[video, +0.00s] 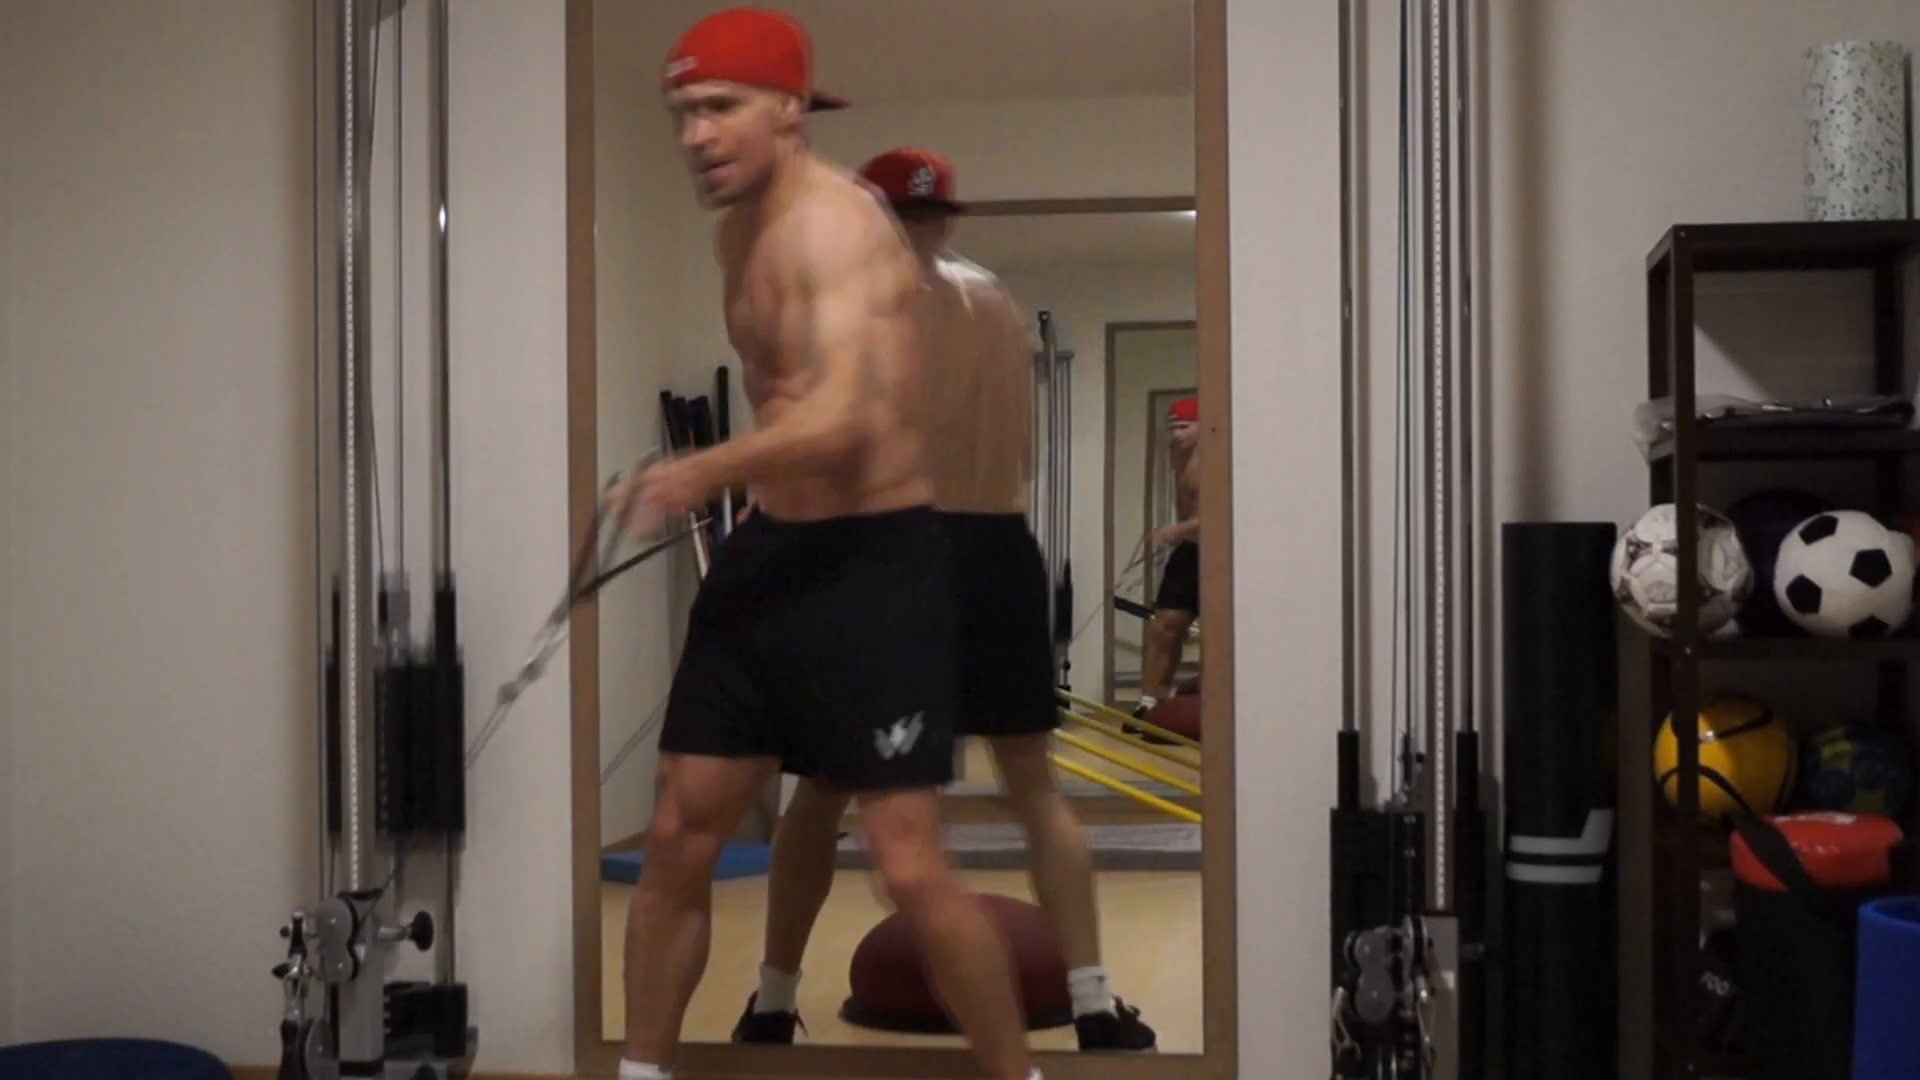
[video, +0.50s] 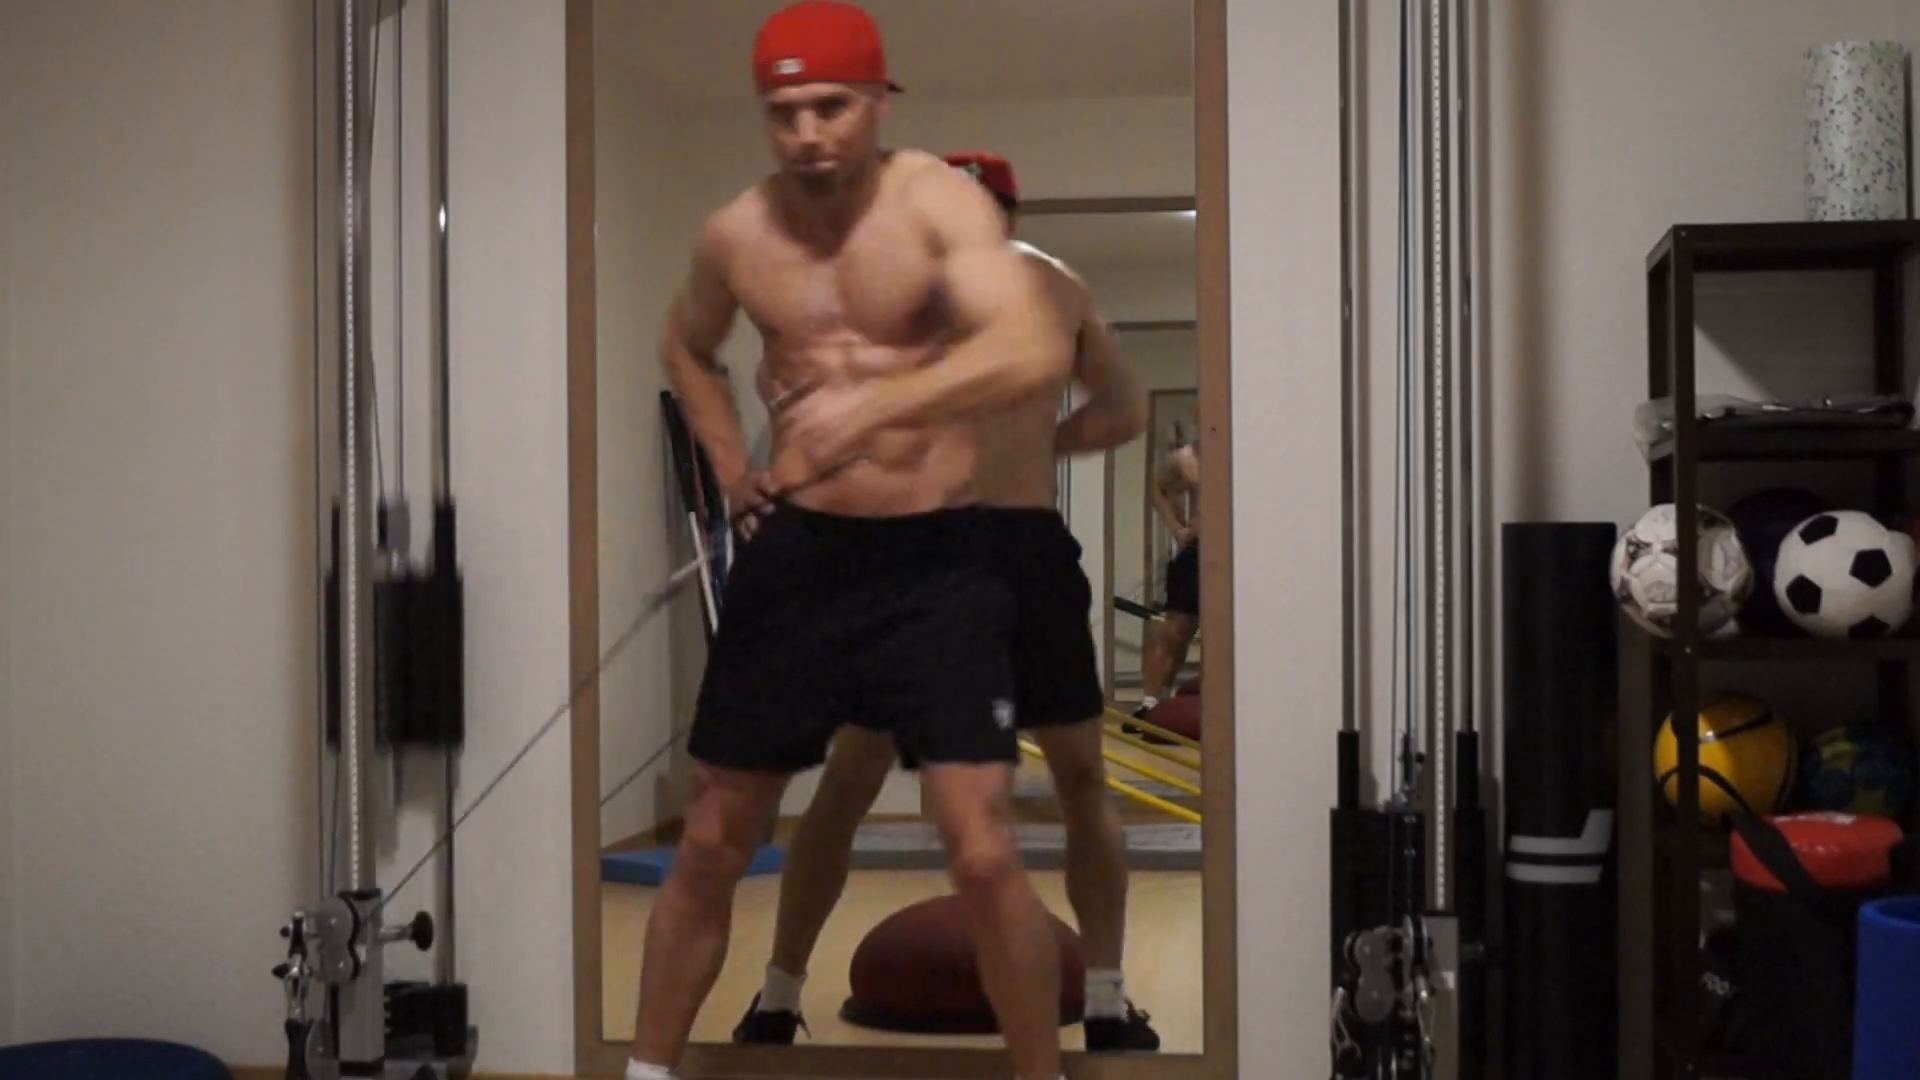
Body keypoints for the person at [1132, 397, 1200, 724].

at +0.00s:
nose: (1176, 434)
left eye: (1182, 426)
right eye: (1173, 427)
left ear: (1201, 426)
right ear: (1173, 430)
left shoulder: (1212, 459)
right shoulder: (1183, 461)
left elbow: (1216, 513)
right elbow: (1195, 510)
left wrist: (1177, 529)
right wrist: (1182, 534)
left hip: (1213, 549)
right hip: (1189, 547)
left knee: (1217, 630)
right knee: (1166, 624)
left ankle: (1210, 702)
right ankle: (1150, 699)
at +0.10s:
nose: (1169, 437)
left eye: (1175, 430)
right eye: (1167, 431)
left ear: (1194, 431)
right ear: (1185, 434)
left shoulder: (1197, 460)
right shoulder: (1194, 459)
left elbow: (1191, 519)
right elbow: (1193, 521)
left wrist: (1150, 540)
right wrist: (1163, 543)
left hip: (1195, 552)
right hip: (1196, 550)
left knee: (1163, 624)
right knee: (1170, 626)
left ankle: (1148, 700)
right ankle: (1159, 697)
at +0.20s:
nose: (1169, 441)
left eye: (1174, 433)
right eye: (1166, 435)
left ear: (1193, 433)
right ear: (1171, 437)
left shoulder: (1195, 465)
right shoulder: (1198, 463)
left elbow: (1174, 526)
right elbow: (1183, 531)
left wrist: (1135, 551)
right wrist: (1151, 553)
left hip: (1194, 555)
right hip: (1196, 553)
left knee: (1163, 624)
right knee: (1170, 625)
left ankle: (1148, 700)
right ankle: (1156, 697)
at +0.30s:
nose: (1173, 445)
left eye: (1179, 437)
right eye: (1171, 438)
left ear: (1198, 437)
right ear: (1176, 440)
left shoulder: (1198, 470)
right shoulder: (1202, 469)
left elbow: (1173, 522)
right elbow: (1182, 530)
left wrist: (1133, 556)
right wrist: (1149, 557)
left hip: (1199, 556)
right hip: (1195, 555)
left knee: (1164, 623)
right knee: (1167, 624)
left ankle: (1148, 700)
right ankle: (1153, 699)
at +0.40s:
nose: (1187, 439)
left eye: (1191, 432)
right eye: (1184, 433)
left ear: (1206, 431)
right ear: (1182, 437)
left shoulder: (1216, 466)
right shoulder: (1192, 468)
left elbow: (1209, 517)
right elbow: (1193, 517)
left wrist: (1175, 540)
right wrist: (1172, 545)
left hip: (1209, 550)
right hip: (1190, 551)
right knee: (1166, 626)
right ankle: (1150, 699)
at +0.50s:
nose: (1208, 427)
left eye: (1213, 421)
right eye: (1203, 420)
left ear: (1223, 425)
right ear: (1197, 423)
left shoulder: (1231, 461)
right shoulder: (1187, 459)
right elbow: (1159, 490)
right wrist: (1178, 528)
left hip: (1221, 549)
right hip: (1194, 546)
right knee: (1178, 628)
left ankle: (1163, 695)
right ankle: (1151, 697)